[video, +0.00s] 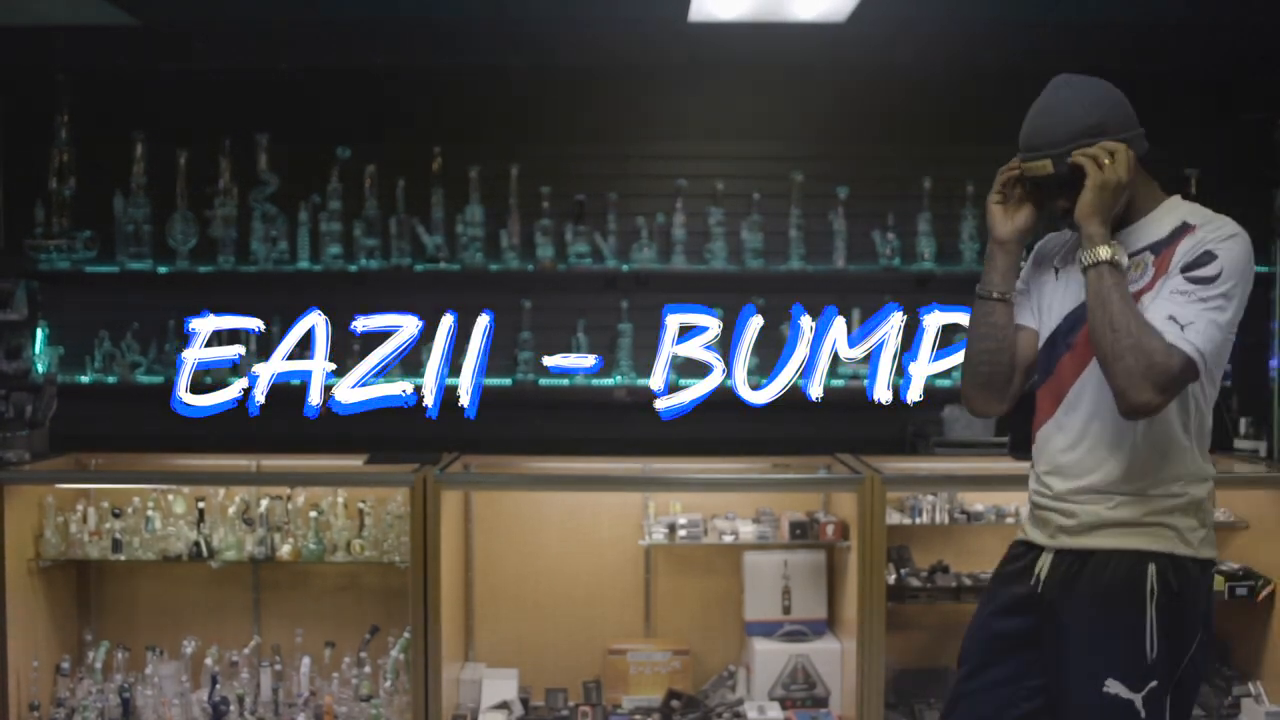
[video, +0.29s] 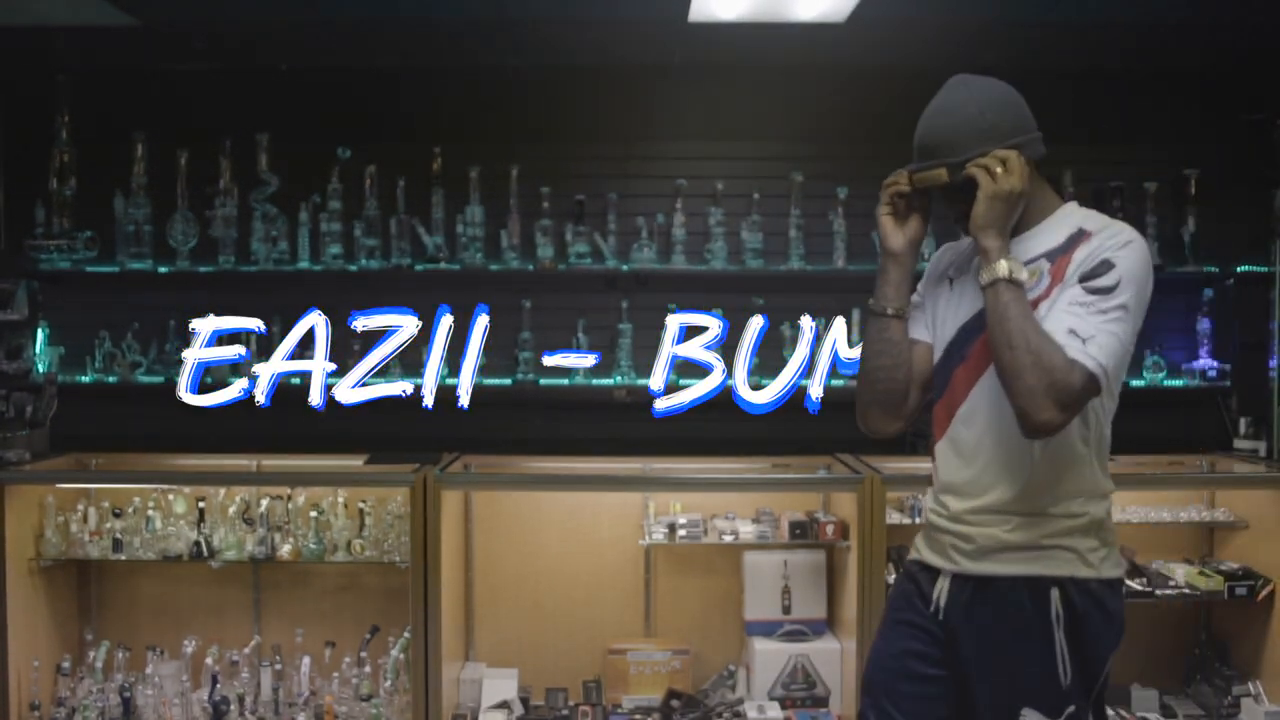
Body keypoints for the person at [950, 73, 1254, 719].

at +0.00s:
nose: (1062, 190)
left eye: (1072, 170)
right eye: (1049, 176)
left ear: (1123, 157)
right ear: (1040, 184)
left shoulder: (1214, 244)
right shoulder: (1052, 253)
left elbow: (1141, 387)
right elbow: (986, 397)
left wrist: (1095, 234)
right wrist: (1002, 247)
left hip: (1148, 555)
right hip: (1041, 547)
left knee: (1119, 707)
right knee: (977, 706)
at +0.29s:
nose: (955, 199)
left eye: (964, 182)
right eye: (944, 188)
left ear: (1012, 166)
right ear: (940, 189)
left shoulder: (1112, 250)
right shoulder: (951, 261)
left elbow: (1045, 406)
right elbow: (882, 416)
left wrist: (992, 247)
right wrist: (894, 263)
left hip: (1045, 590)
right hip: (934, 576)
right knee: (888, 706)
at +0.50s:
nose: (843, 200)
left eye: (855, 181)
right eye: (832, 185)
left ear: (912, 164)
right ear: (824, 186)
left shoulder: (1005, 252)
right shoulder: (842, 261)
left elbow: (925, 391)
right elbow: (756, 403)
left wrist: (895, 223)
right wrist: (791, 244)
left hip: (932, 599)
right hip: (817, 583)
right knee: (771, 708)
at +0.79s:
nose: (726, 192)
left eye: (741, 171)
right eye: (716, 175)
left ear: (799, 150)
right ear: (708, 167)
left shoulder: (893, 229)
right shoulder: (723, 243)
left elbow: (835, 369)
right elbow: (628, 376)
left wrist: (801, 202)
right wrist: (677, 219)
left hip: (827, 566)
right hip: (722, 562)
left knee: (791, 711)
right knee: (701, 710)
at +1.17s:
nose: (633, 210)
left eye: (641, 184)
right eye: (625, 188)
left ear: (695, 166)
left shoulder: (811, 255)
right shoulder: (651, 254)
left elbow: (705, 382)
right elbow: (509, 343)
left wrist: (708, 198)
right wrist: (600, 201)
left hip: (716, 611)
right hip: (624, 597)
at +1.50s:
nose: (551, 164)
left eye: (553, 142)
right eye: (544, 147)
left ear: (584, 136)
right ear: (640, 114)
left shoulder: (768, 218)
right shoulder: (576, 227)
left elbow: (653, 289)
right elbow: (405, 252)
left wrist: (675, 127)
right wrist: (529, 150)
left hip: (668, 641)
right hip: (542, 623)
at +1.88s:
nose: (531, 182)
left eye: (556, 157)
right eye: (518, 157)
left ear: (623, 125)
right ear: (499, 143)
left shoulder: (735, 210)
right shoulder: (498, 211)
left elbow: (687, 308)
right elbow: (304, 250)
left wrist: (665, 127)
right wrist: (459, 134)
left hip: (630, 662)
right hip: (472, 646)